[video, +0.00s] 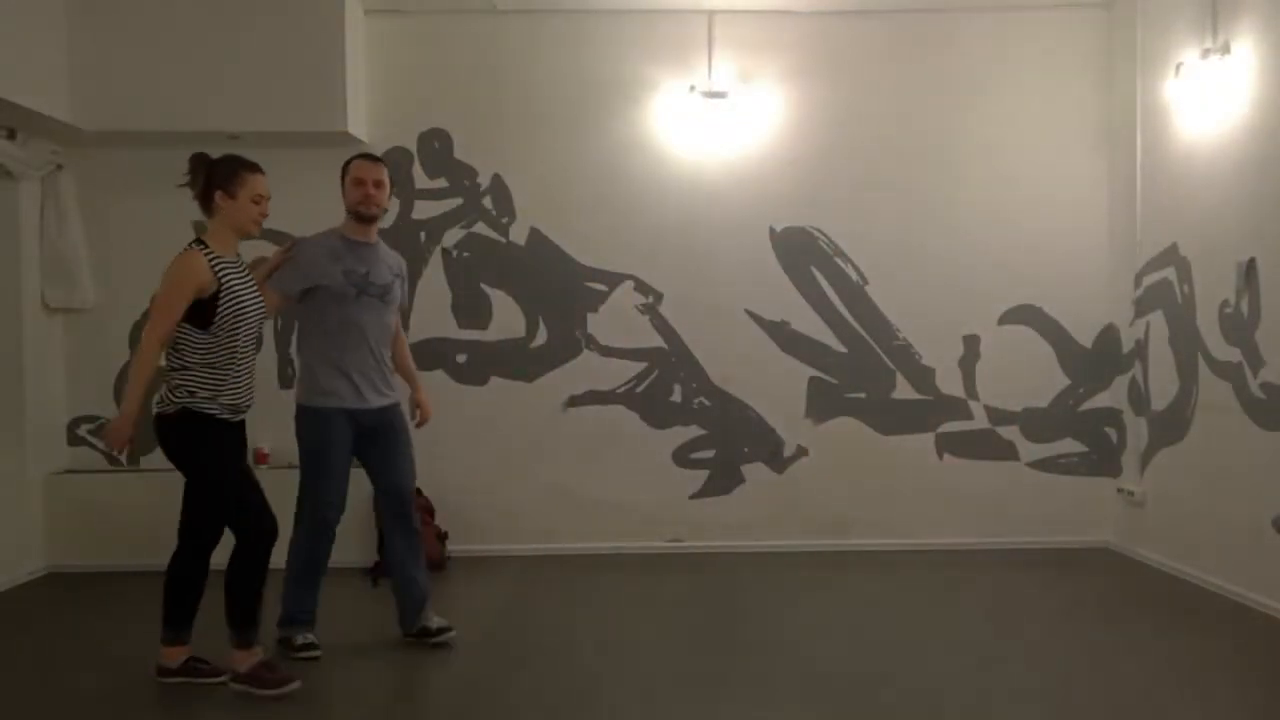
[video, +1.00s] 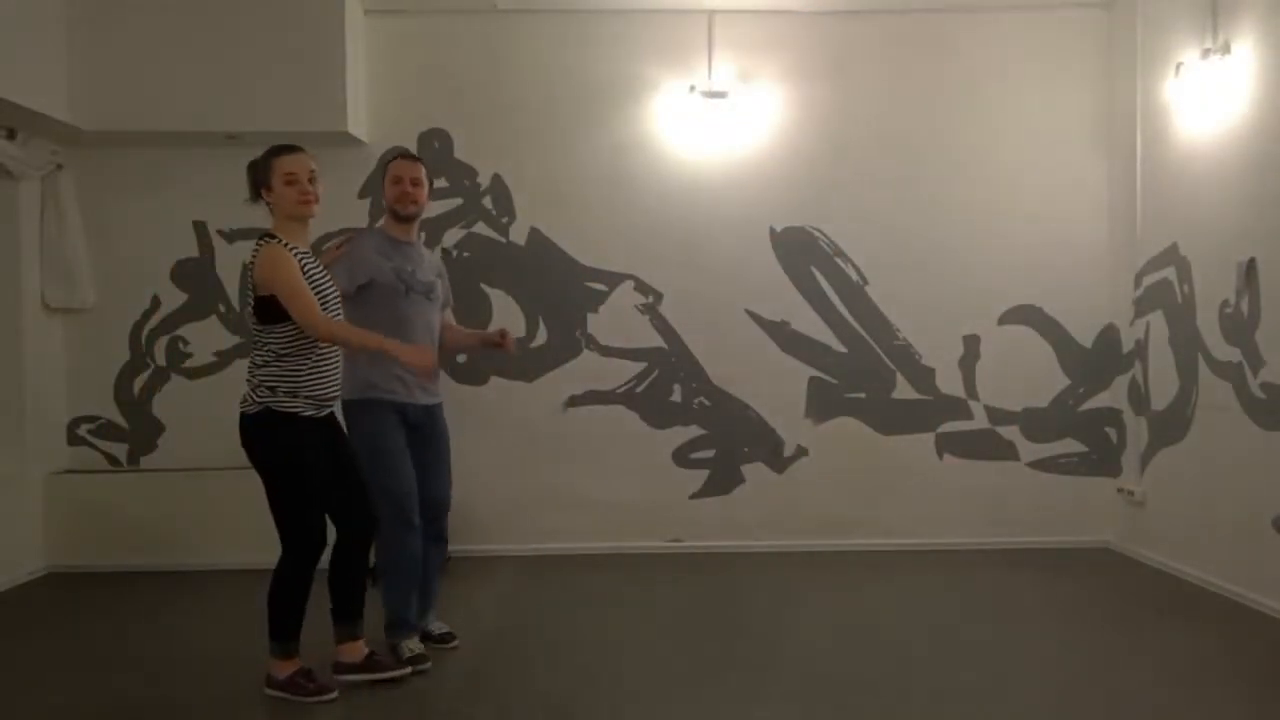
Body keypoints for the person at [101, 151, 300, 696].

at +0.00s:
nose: (266, 210)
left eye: (267, 201)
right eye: (257, 200)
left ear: (234, 204)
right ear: (222, 199)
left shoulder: (235, 263)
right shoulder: (195, 262)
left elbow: (237, 316)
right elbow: (153, 338)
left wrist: (271, 270)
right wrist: (127, 415)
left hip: (222, 421)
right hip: (194, 422)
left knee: (196, 540)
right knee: (258, 528)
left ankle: (174, 654)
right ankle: (245, 658)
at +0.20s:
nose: (291, 214)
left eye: (293, 205)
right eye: (284, 203)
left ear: (260, 208)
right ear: (248, 203)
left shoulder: (266, 264)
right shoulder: (216, 266)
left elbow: (271, 305)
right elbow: (170, 343)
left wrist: (307, 262)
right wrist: (141, 413)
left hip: (259, 426)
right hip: (227, 427)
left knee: (224, 543)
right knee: (286, 537)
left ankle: (178, 646)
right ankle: (281, 666)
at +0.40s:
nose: (312, 211)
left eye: (314, 202)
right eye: (304, 201)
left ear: (281, 205)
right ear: (269, 201)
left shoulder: (291, 264)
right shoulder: (244, 273)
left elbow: (302, 310)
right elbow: (224, 364)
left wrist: (329, 268)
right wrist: (224, 442)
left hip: (301, 426)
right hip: (262, 429)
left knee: (328, 537)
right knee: (293, 544)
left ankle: (235, 615)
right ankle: (282, 667)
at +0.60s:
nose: (328, 197)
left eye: (328, 188)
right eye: (319, 188)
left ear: (298, 196)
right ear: (284, 194)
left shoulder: (304, 258)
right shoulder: (265, 263)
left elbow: (310, 323)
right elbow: (282, 352)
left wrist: (337, 290)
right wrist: (347, 397)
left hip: (317, 421)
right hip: (275, 424)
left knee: (356, 525)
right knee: (299, 539)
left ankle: (344, 654)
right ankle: (283, 668)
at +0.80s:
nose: (320, 191)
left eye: (322, 182)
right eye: (306, 184)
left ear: (325, 193)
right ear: (276, 197)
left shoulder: (309, 260)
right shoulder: (277, 266)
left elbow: (314, 315)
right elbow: (316, 340)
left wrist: (335, 264)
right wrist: (399, 334)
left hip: (328, 422)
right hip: (288, 426)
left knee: (356, 536)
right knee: (314, 544)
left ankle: (358, 661)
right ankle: (284, 666)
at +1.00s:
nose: (307, 189)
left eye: (312, 180)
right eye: (292, 182)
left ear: (319, 189)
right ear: (267, 194)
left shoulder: (300, 254)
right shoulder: (273, 255)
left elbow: (294, 315)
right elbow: (314, 323)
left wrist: (324, 263)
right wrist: (396, 348)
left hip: (316, 417)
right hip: (277, 420)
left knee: (357, 524)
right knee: (304, 541)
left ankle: (350, 651)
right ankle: (282, 665)